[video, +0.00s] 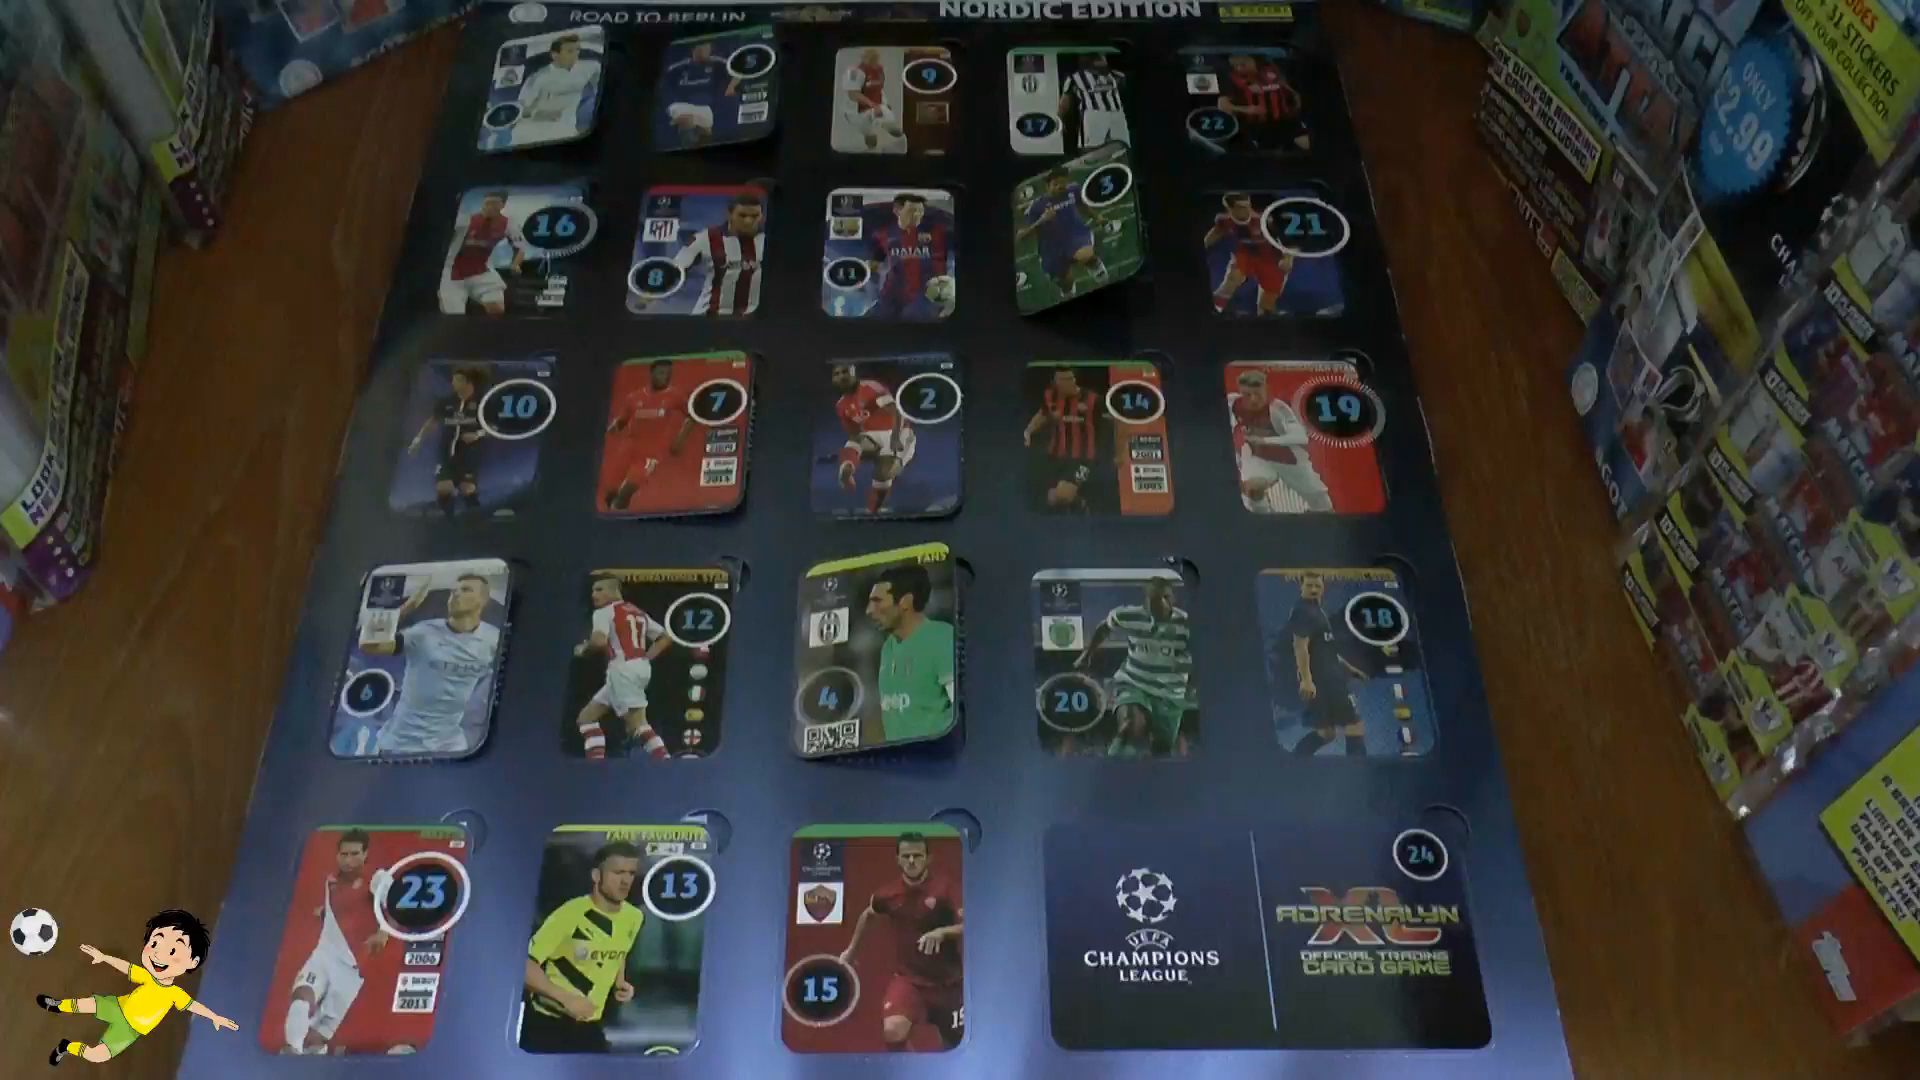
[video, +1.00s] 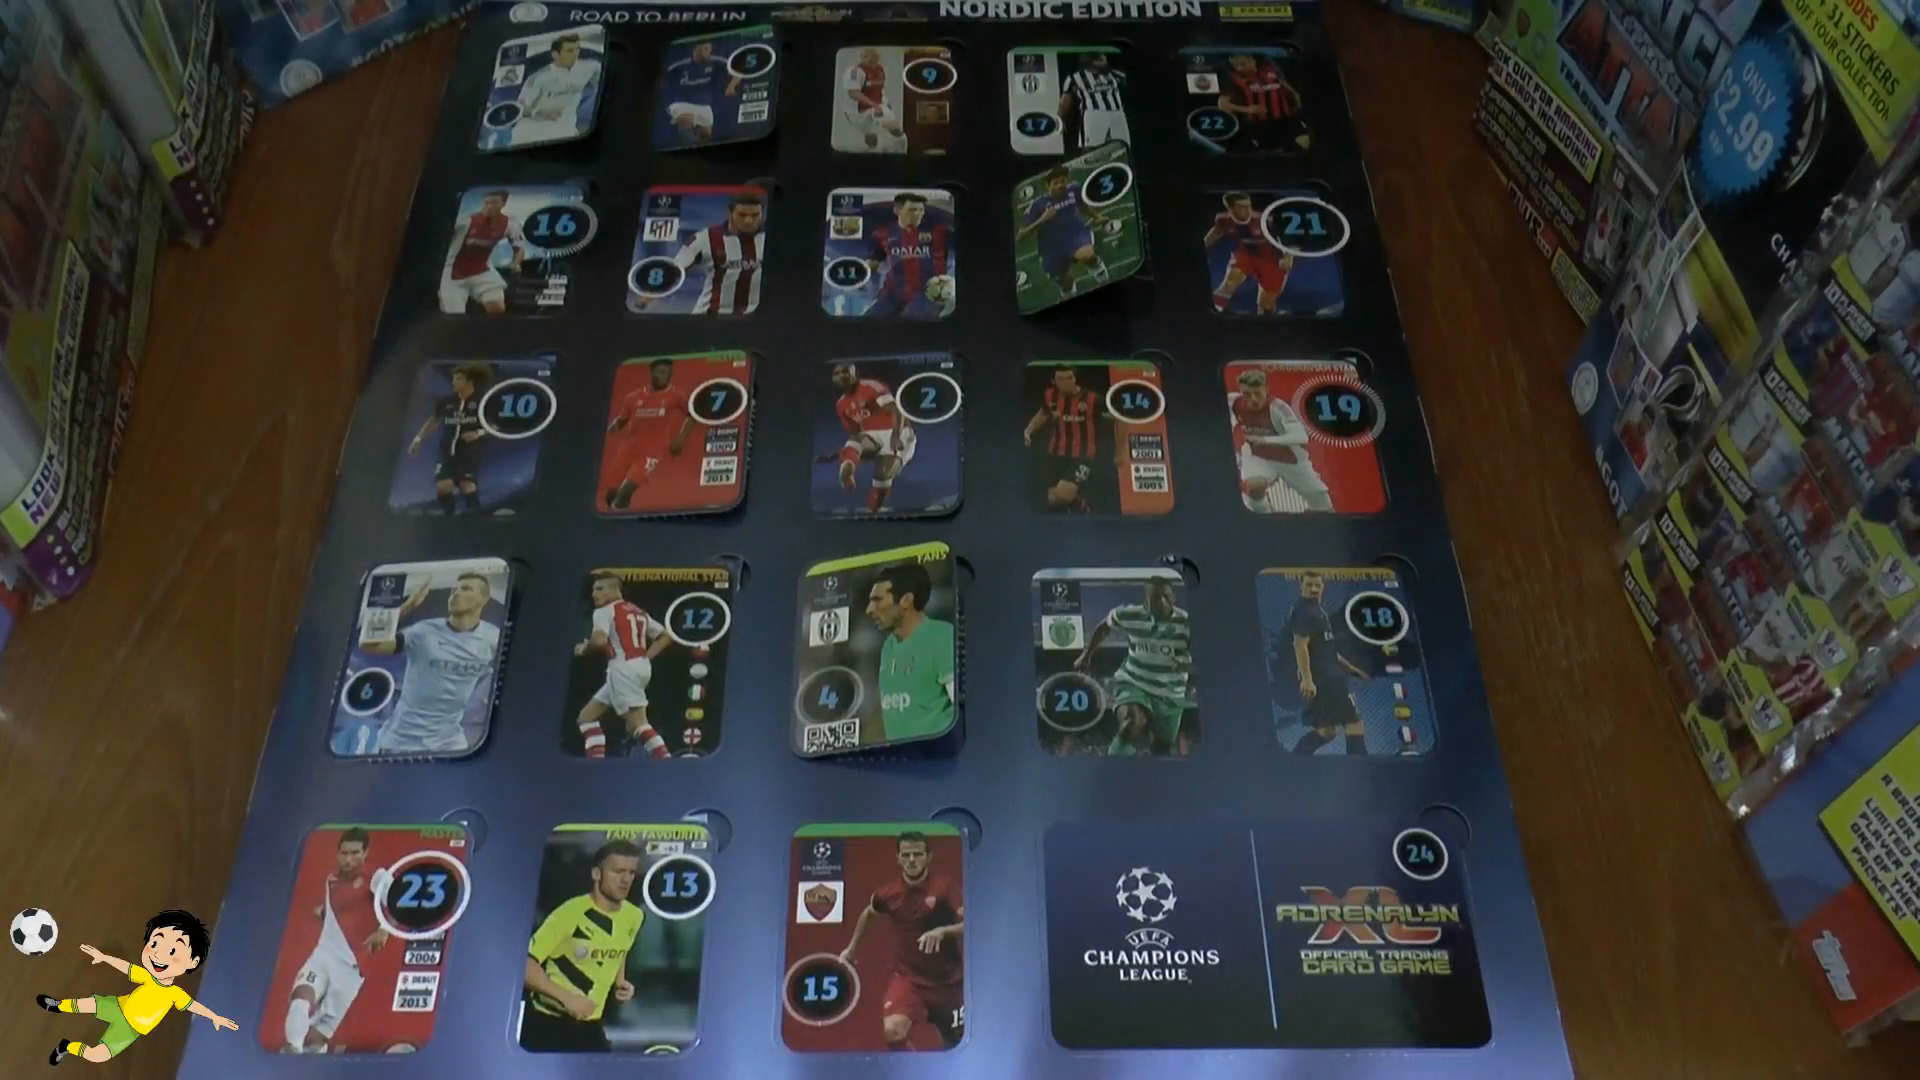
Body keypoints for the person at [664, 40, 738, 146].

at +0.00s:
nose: (702, 52)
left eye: (705, 48)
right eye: (699, 48)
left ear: (710, 50)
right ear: (693, 50)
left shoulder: (719, 65)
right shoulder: (677, 69)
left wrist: (731, 86)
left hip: (706, 105)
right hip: (682, 104)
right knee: (685, 120)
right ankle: (688, 153)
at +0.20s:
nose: (703, 53)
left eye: (706, 49)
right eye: (700, 49)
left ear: (710, 50)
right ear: (693, 50)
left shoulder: (718, 64)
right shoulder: (679, 67)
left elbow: (739, 71)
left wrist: (731, 86)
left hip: (705, 105)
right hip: (682, 103)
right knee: (685, 120)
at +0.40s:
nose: (704, 53)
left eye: (707, 49)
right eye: (701, 49)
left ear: (711, 51)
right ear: (694, 50)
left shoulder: (717, 63)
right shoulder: (679, 67)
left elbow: (739, 70)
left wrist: (731, 86)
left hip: (705, 104)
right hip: (682, 103)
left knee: (705, 132)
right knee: (685, 120)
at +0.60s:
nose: (704, 53)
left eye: (707, 49)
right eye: (701, 50)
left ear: (711, 50)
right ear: (695, 50)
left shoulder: (715, 63)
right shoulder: (680, 67)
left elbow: (739, 70)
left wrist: (732, 86)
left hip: (705, 105)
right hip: (683, 103)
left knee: (706, 134)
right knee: (686, 121)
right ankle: (688, 151)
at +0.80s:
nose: (704, 54)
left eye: (707, 50)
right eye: (701, 50)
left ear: (711, 51)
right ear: (695, 51)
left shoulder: (715, 63)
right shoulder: (682, 66)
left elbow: (739, 70)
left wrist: (732, 86)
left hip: (705, 105)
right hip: (683, 103)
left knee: (706, 135)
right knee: (686, 121)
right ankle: (688, 151)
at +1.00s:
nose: (703, 53)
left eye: (707, 49)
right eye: (700, 49)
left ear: (711, 50)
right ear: (694, 50)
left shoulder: (715, 62)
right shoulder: (682, 66)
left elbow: (739, 70)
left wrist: (731, 85)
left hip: (704, 105)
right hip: (682, 103)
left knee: (706, 134)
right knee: (685, 121)